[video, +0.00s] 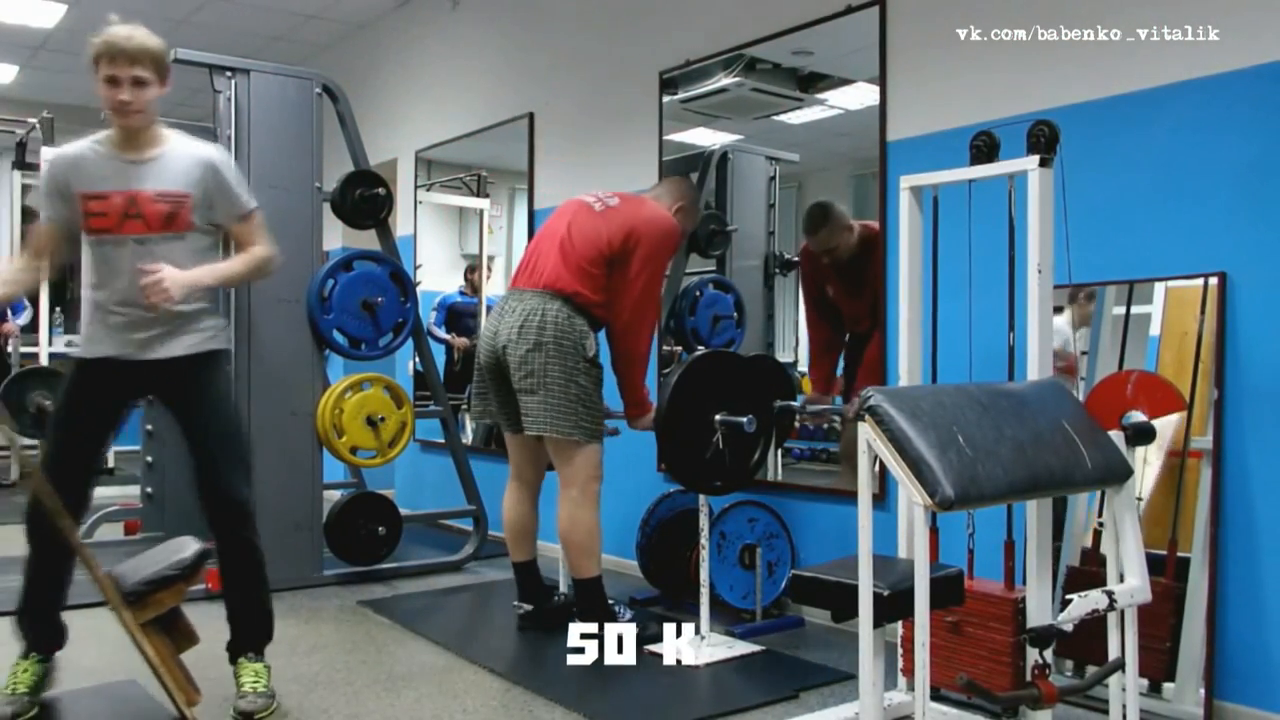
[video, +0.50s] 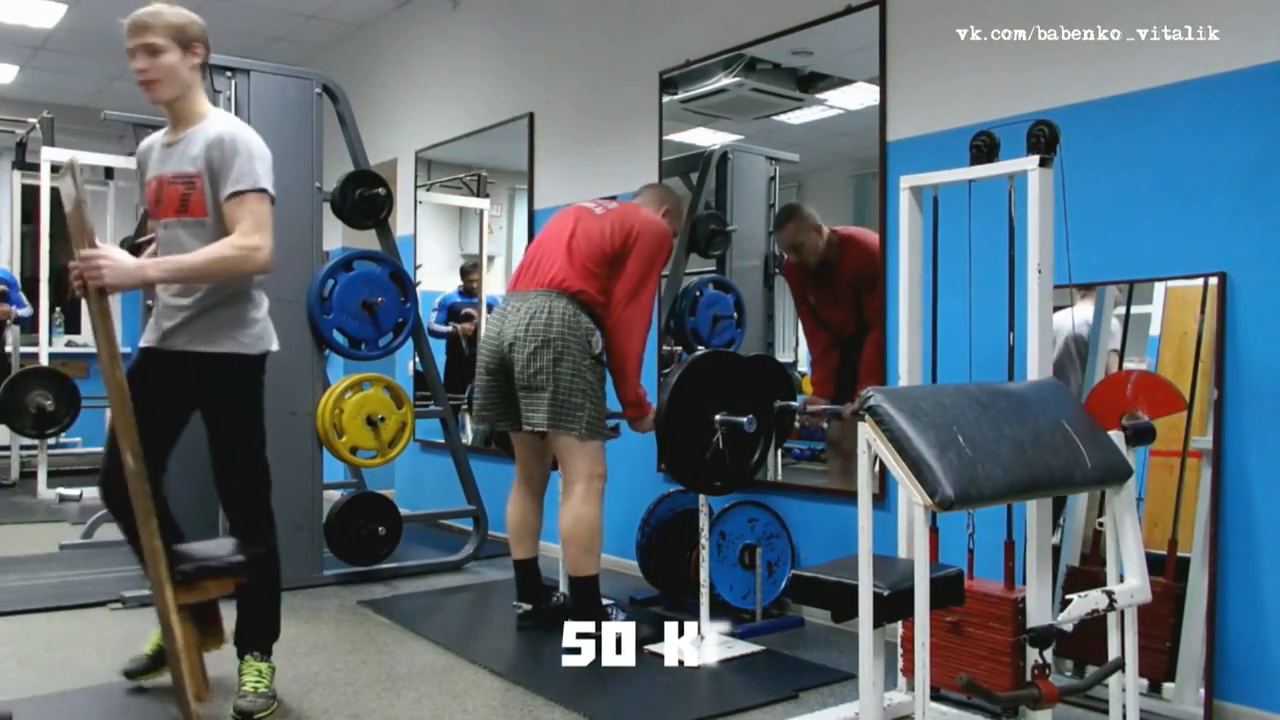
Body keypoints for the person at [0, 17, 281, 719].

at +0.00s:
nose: (124, 94)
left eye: (137, 82)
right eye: (112, 82)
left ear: (162, 86)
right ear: (97, 87)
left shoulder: (203, 162)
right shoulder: (66, 166)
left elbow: (263, 253)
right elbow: (40, 257)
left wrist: (191, 278)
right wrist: (2, 288)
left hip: (193, 354)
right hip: (102, 355)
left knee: (231, 499)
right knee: (53, 501)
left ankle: (250, 655)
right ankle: (37, 652)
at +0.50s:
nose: (140, 67)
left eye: (153, 52)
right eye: (133, 56)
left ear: (195, 55)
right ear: (131, 67)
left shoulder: (234, 139)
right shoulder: (150, 151)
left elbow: (255, 249)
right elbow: (156, 242)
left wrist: (141, 270)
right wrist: (112, 265)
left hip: (232, 346)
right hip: (166, 345)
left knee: (246, 498)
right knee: (122, 481)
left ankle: (256, 653)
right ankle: (192, 618)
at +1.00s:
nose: (27, 59)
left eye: (39, 44)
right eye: (24, 50)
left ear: (86, 47)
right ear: (34, 65)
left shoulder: (131, 131)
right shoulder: (39, 145)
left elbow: (145, 244)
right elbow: (47, 245)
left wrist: (35, 260)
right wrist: (14, 268)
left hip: (127, 343)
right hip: (54, 349)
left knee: (153, 498)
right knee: (30, 504)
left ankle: (231, 639)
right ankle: (46, 663)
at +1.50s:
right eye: (3, 26)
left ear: (5, 22)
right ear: (16, 25)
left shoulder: (36, 95)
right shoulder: (24, 102)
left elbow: (45, 233)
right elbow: (42, 232)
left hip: (75, 326)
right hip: (49, 328)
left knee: (50, 502)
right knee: (27, 497)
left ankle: (100, 693)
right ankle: (43, 653)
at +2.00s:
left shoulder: (19, 94)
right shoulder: (21, 98)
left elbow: (44, 225)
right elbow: (41, 224)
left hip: (37, 328)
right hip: (10, 336)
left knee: (53, 516)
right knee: (6, 529)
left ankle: (103, 700)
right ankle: (24, 693)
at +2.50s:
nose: (30, 27)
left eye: (51, 15)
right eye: (26, 13)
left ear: (94, 34)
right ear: (19, 25)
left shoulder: (124, 130)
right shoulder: (13, 124)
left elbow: (156, 258)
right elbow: (10, 234)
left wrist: (28, 265)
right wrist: (8, 275)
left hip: (132, 350)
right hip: (56, 352)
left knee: (145, 520)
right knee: (52, 511)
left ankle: (161, 685)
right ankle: (38, 669)